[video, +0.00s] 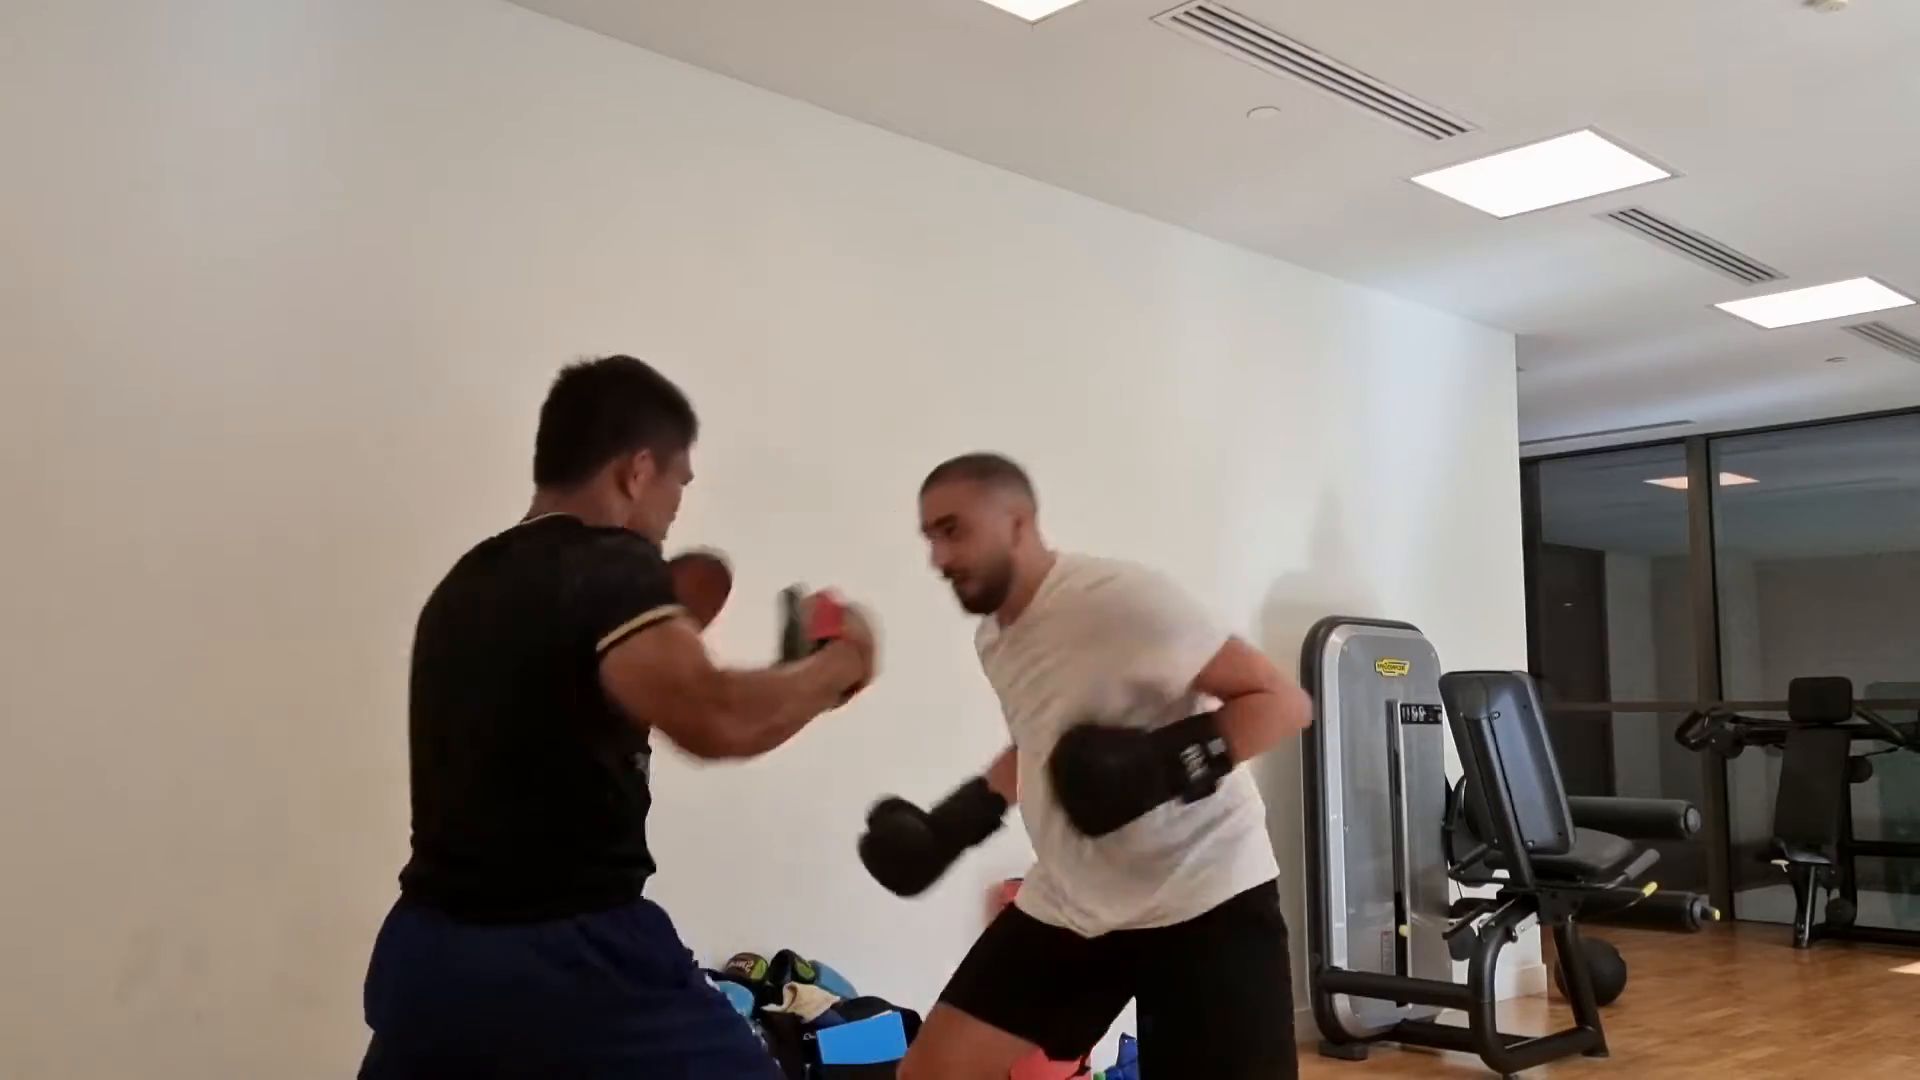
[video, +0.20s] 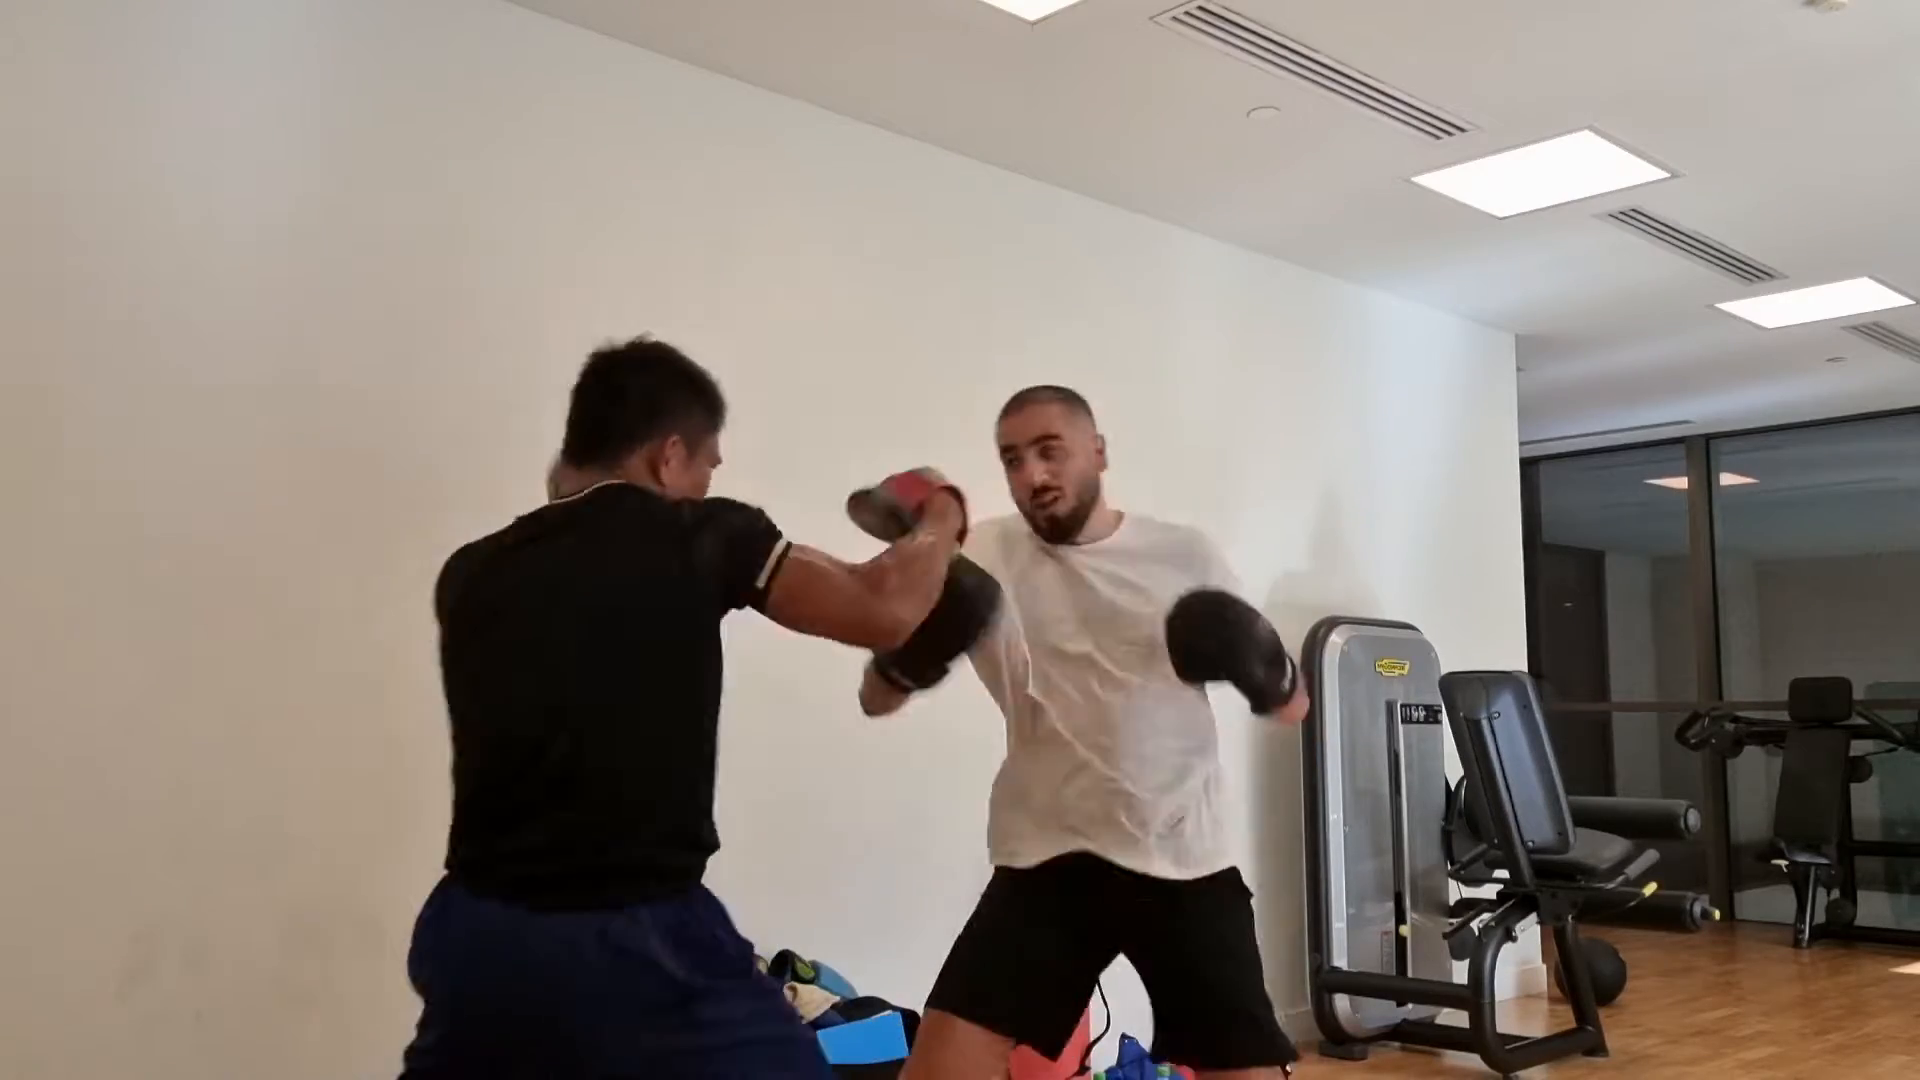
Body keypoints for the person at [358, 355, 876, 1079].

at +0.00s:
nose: (677, 510)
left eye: (685, 487)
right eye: (681, 484)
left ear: (551, 466)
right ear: (636, 472)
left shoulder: (462, 585)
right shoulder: (605, 565)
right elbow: (717, 721)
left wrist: (656, 621)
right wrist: (844, 664)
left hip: (431, 960)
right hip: (584, 965)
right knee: (740, 1063)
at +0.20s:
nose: (708, 488)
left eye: (713, 469)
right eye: (708, 467)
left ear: (573, 453)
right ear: (668, 456)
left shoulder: (468, 572)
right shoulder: (694, 532)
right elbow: (884, 610)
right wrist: (942, 519)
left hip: (476, 949)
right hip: (652, 951)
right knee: (789, 1060)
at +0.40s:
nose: (796, 478)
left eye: (803, 457)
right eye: (799, 454)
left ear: (670, 435)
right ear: (757, 447)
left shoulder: (594, 550)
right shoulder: (695, 561)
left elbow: (740, 693)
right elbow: (784, 755)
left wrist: (801, 547)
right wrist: (855, 637)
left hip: (499, 918)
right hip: (629, 947)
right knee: (787, 1064)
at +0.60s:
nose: (655, 494)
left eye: (662, 472)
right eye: (653, 469)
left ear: (514, 452)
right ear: (596, 457)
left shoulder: (409, 575)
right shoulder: (637, 546)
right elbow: (842, 596)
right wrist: (1001, 626)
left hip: (423, 972)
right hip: (596, 973)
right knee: (754, 1066)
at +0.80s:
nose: (653, 500)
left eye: (657, 474)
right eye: (651, 472)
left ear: (514, 465)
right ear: (597, 467)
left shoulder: (425, 588)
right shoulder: (617, 569)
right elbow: (783, 696)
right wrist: (914, 640)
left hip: (404, 988)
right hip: (575, 995)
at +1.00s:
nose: (717, 477)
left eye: (721, 456)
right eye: (715, 454)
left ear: (584, 438)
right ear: (672, 450)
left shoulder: (516, 555)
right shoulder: (621, 547)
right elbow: (771, 662)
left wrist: (713, 569)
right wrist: (797, 530)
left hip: (458, 938)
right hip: (598, 949)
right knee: (772, 1062)